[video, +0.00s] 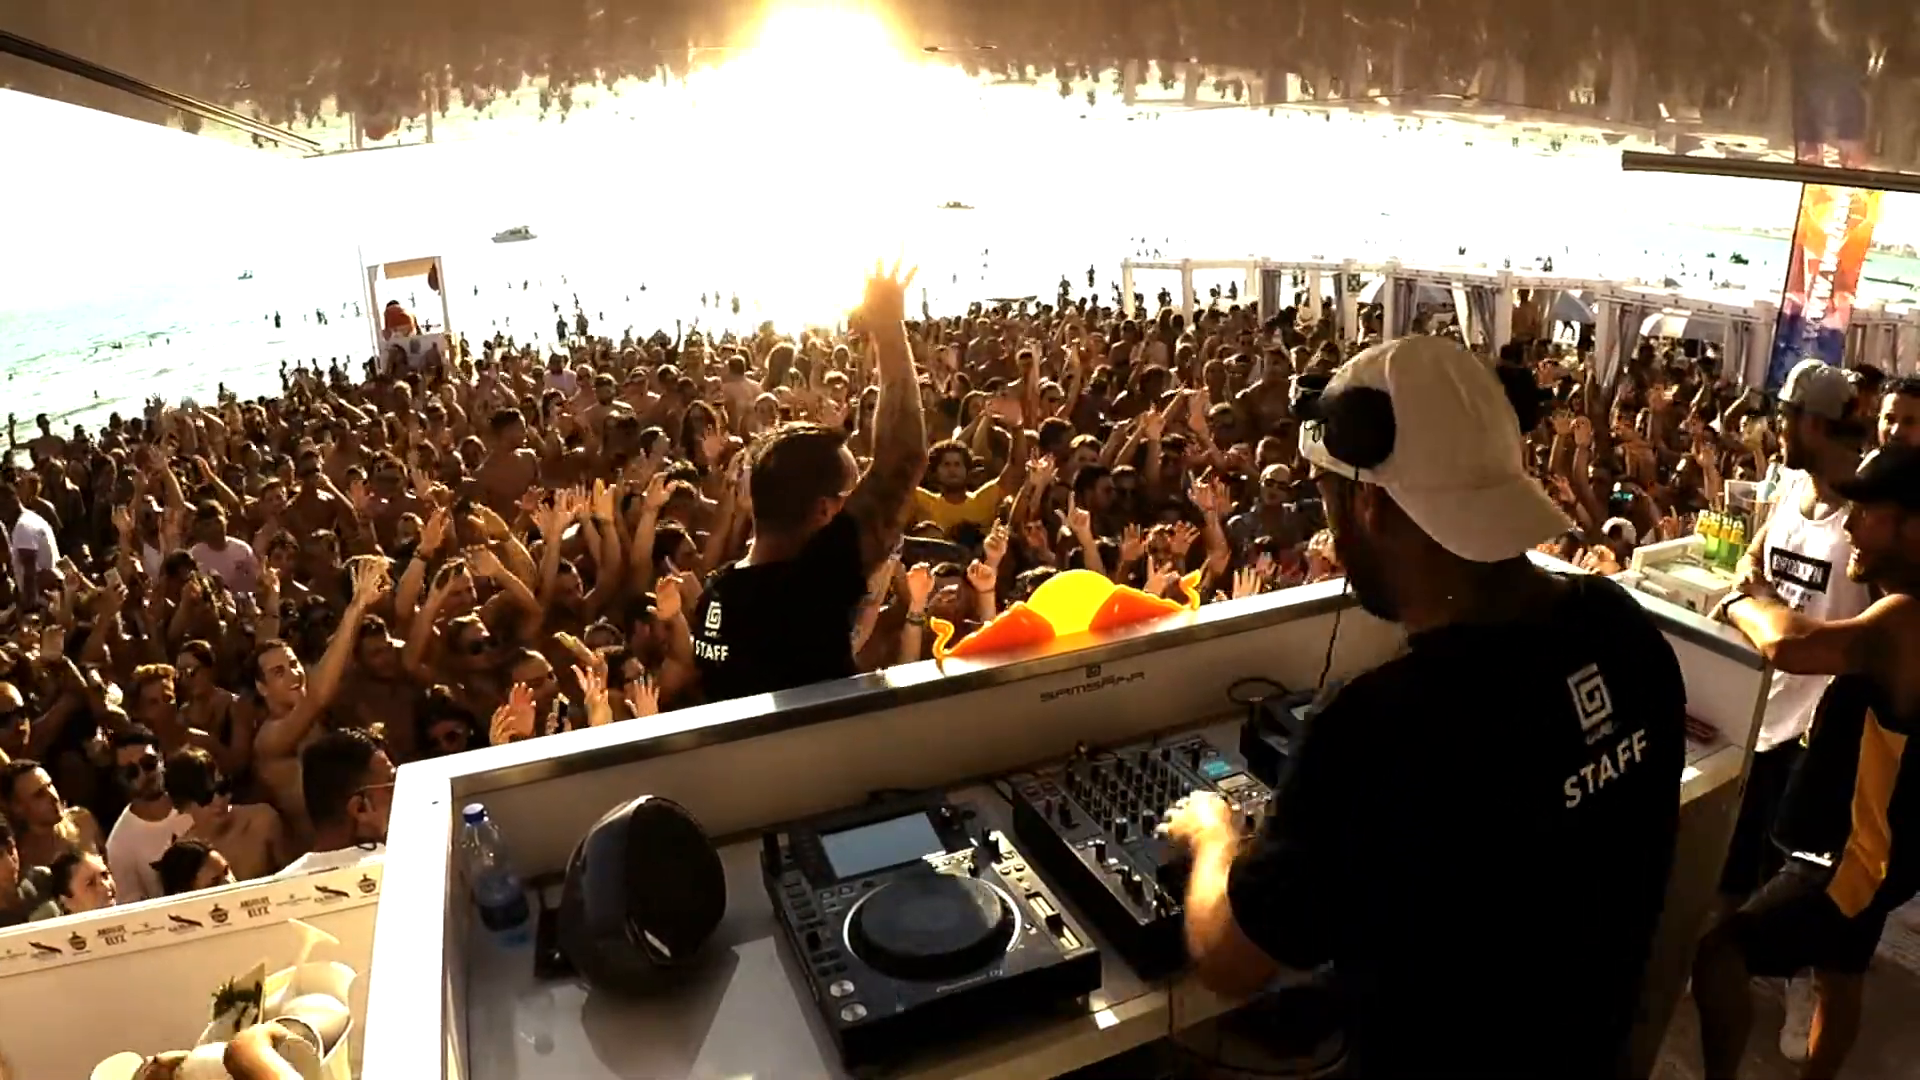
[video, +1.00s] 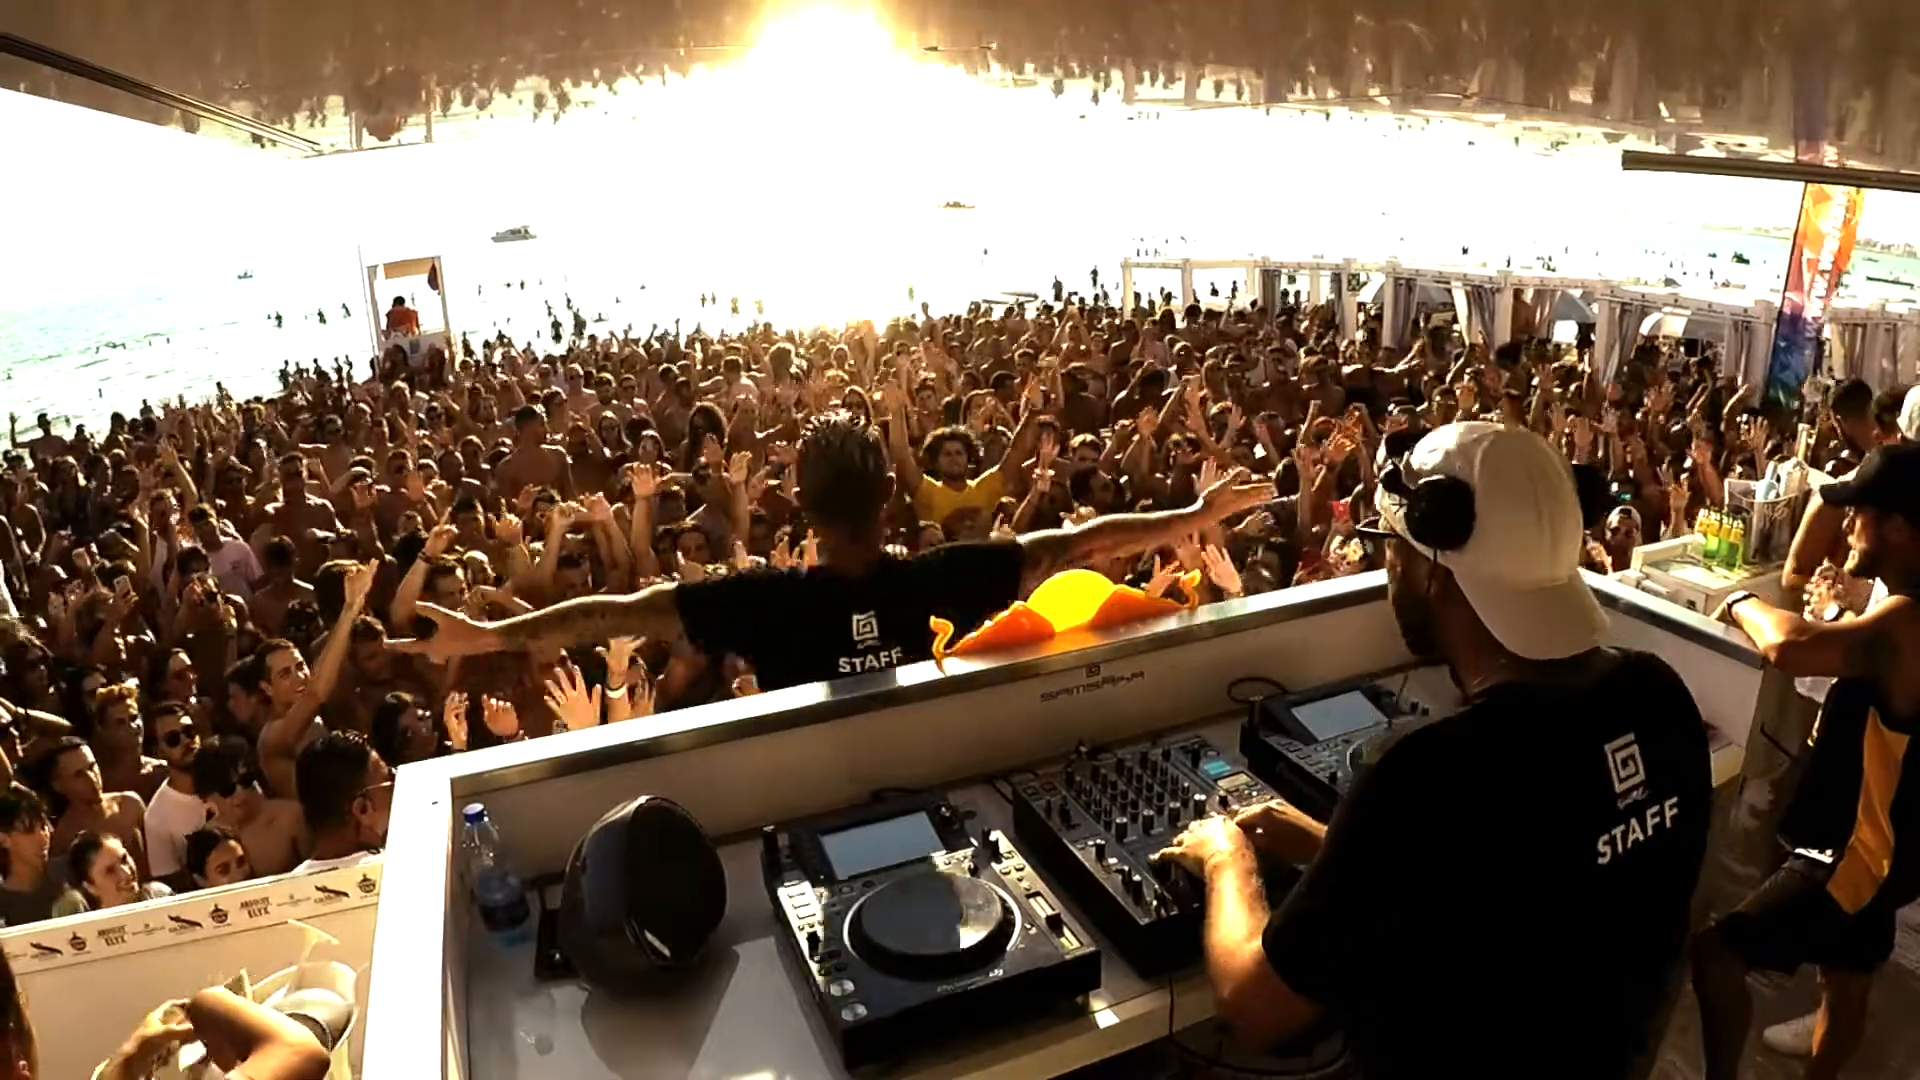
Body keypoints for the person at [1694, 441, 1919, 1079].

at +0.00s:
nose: (1849, 527)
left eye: (1864, 511)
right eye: (1853, 511)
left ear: (1907, 524)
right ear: (1901, 527)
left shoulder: (1900, 620)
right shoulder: (1904, 610)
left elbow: (1788, 647)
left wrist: (1740, 602)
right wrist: (1771, 599)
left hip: (1855, 864)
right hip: (1875, 854)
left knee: (1720, 951)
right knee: (1840, 983)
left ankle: (1717, 1074)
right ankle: (1816, 1075)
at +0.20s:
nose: (1843, 524)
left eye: (1856, 510)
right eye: (1846, 509)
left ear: (1897, 522)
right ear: (1893, 523)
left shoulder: (1899, 619)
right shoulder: (1900, 609)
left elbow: (1790, 647)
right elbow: (1815, 639)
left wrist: (1743, 602)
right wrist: (1777, 600)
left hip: (1853, 864)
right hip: (1870, 854)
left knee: (1719, 956)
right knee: (1837, 988)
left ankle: (1718, 1073)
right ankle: (1815, 1077)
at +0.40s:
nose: (1843, 522)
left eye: (1855, 509)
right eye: (1847, 508)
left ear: (1896, 521)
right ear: (1892, 522)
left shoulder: (1899, 617)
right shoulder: (1899, 605)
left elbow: (1789, 638)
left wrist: (1743, 603)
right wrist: (1796, 650)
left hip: (1857, 863)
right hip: (1868, 852)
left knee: (1719, 954)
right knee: (1838, 983)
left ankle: (1717, 1072)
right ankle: (1820, 1069)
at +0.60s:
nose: (1843, 529)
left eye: (1856, 515)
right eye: (1845, 514)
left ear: (1901, 526)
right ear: (1897, 529)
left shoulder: (1900, 619)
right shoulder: (1904, 609)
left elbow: (1787, 646)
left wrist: (1741, 603)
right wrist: (1792, 605)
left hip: (1855, 861)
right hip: (1872, 851)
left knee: (1719, 958)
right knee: (1840, 986)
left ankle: (1718, 1075)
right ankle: (1820, 1069)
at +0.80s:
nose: (1845, 528)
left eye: (1857, 515)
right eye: (1848, 514)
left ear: (1899, 528)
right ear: (1898, 530)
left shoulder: (1898, 623)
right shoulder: (1910, 608)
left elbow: (1787, 649)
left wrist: (1744, 601)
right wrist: (1814, 612)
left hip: (1854, 862)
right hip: (1886, 856)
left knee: (1718, 955)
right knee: (1845, 985)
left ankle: (1720, 1075)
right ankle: (1818, 1072)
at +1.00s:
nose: (1848, 530)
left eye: (1860, 515)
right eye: (1850, 515)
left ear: (1901, 526)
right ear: (1903, 528)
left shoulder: (1901, 622)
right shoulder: (1909, 607)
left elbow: (1789, 647)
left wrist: (1742, 604)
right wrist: (1837, 611)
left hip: (1855, 859)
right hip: (1881, 853)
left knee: (1715, 954)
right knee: (1845, 991)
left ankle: (1719, 1076)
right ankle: (1816, 1077)